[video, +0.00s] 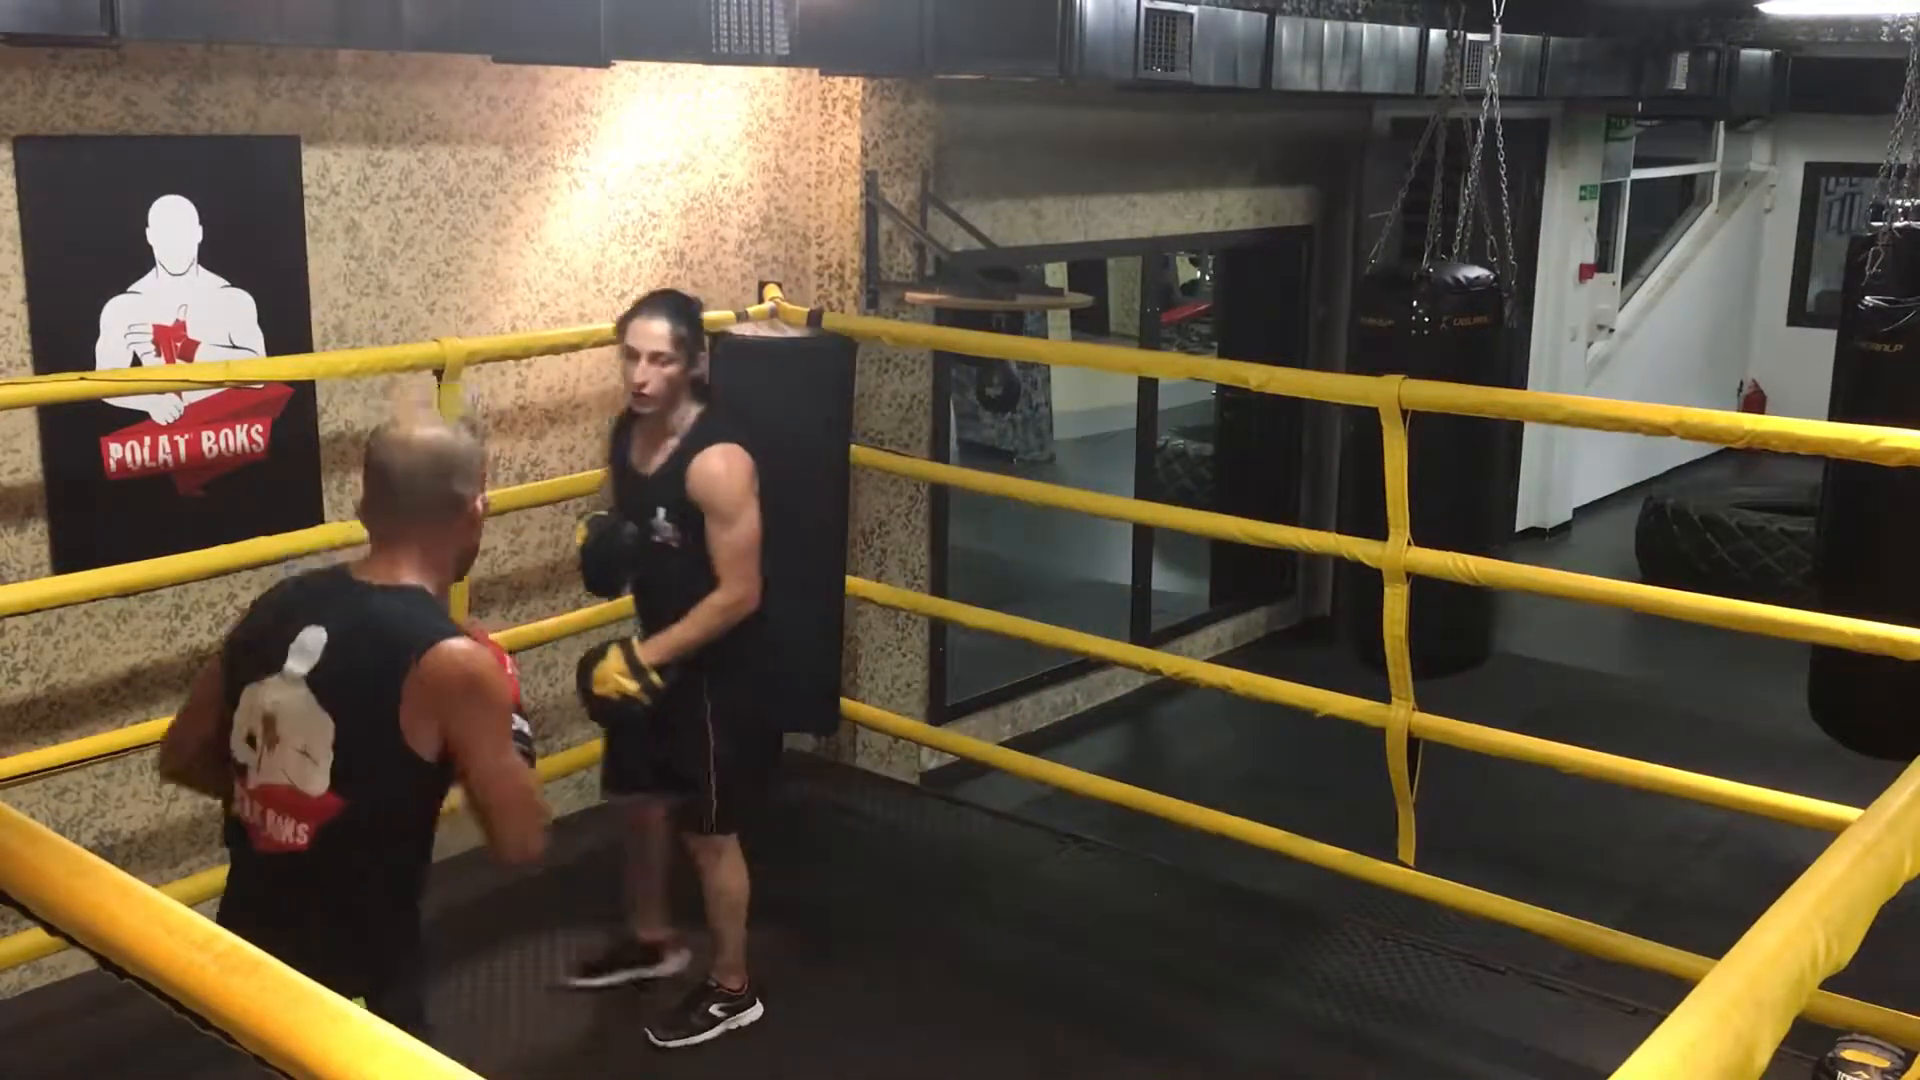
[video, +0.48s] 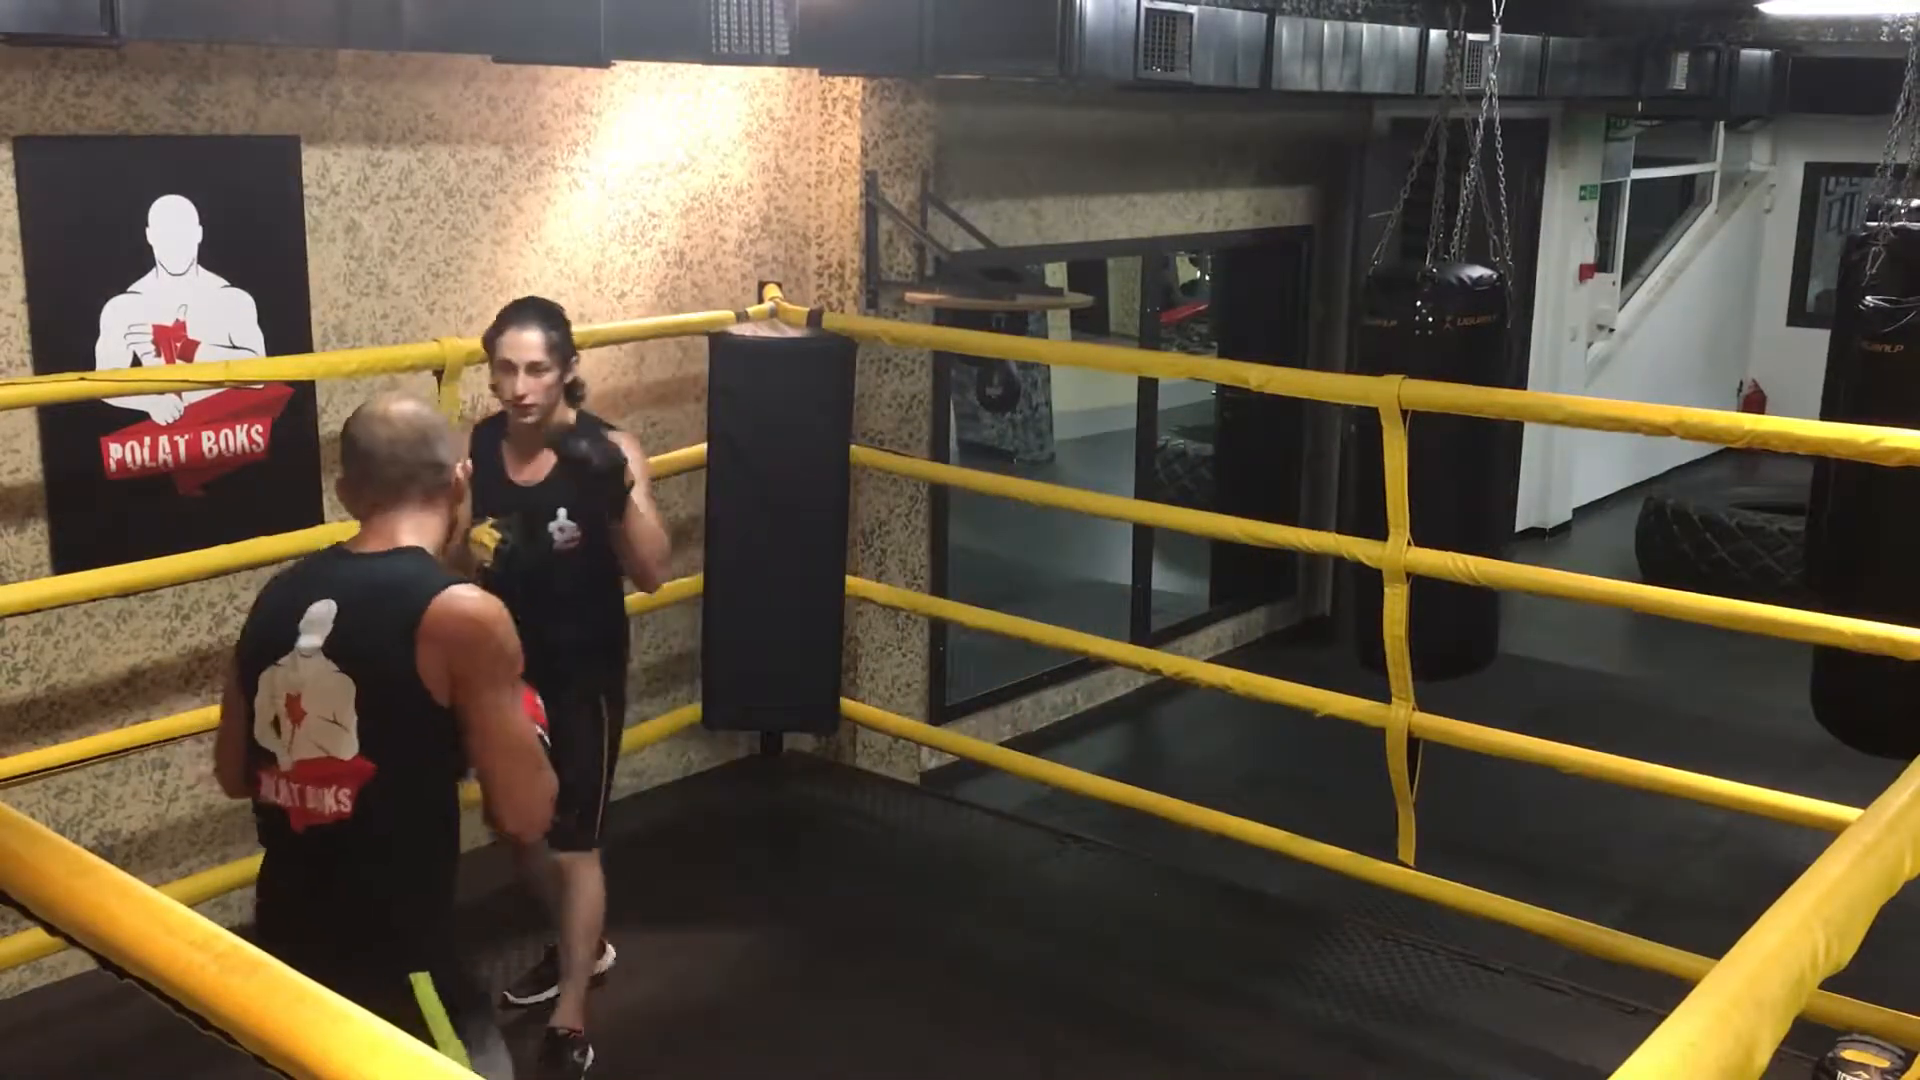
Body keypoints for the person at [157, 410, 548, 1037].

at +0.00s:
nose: (482, 519)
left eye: (479, 502)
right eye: (482, 504)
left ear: (364, 508)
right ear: (471, 514)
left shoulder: (279, 605)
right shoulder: (456, 666)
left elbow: (183, 755)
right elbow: (520, 845)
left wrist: (289, 788)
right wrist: (513, 729)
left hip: (246, 958)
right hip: (364, 975)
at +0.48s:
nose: (469, 491)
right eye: (467, 476)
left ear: (347, 491)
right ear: (458, 479)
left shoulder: (280, 594)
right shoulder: (465, 617)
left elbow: (235, 773)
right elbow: (524, 816)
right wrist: (508, 707)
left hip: (289, 936)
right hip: (401, 946)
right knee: (482, 1062)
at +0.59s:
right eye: (485, 485)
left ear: (364, 502)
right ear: (479, 496)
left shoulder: (293, 612)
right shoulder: (486, 633)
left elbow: (221, 784)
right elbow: (549, 821)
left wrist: (337, 757)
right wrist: (531, 716)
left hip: (307, 954)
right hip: (436, 962)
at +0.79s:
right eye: (527, 500)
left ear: (398, 507)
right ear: (518, 511)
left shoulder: (312, 619)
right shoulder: (538, 652)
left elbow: (215, 794)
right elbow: (594, 805)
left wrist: (341, 754)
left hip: (303, 980)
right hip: (441, 990)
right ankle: (567, 1016)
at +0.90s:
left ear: (400, 540)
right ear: (525, 537)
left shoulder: (308, 648)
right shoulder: (550, 684)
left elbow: (223, 813)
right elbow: (611, 795)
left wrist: (342, 785)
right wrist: (557, 661)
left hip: (300, 1001)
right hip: (444, 1016)